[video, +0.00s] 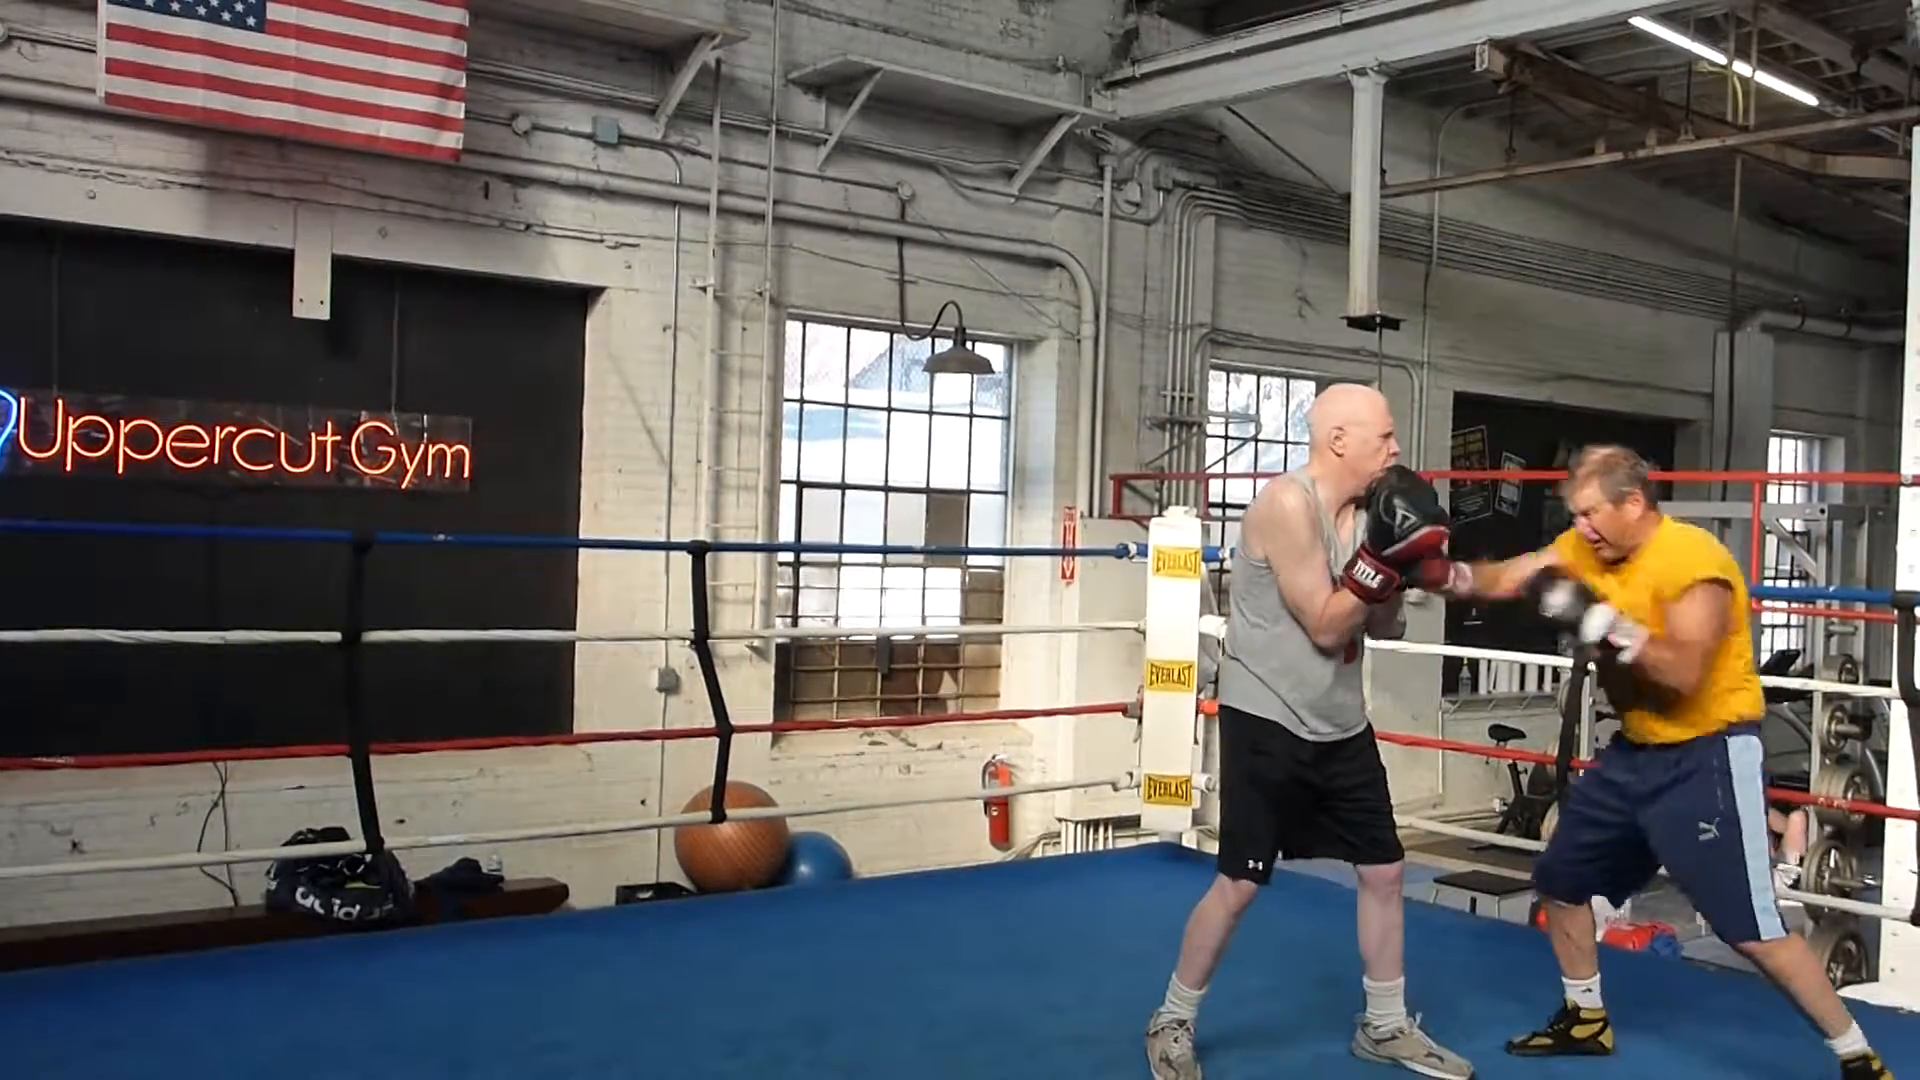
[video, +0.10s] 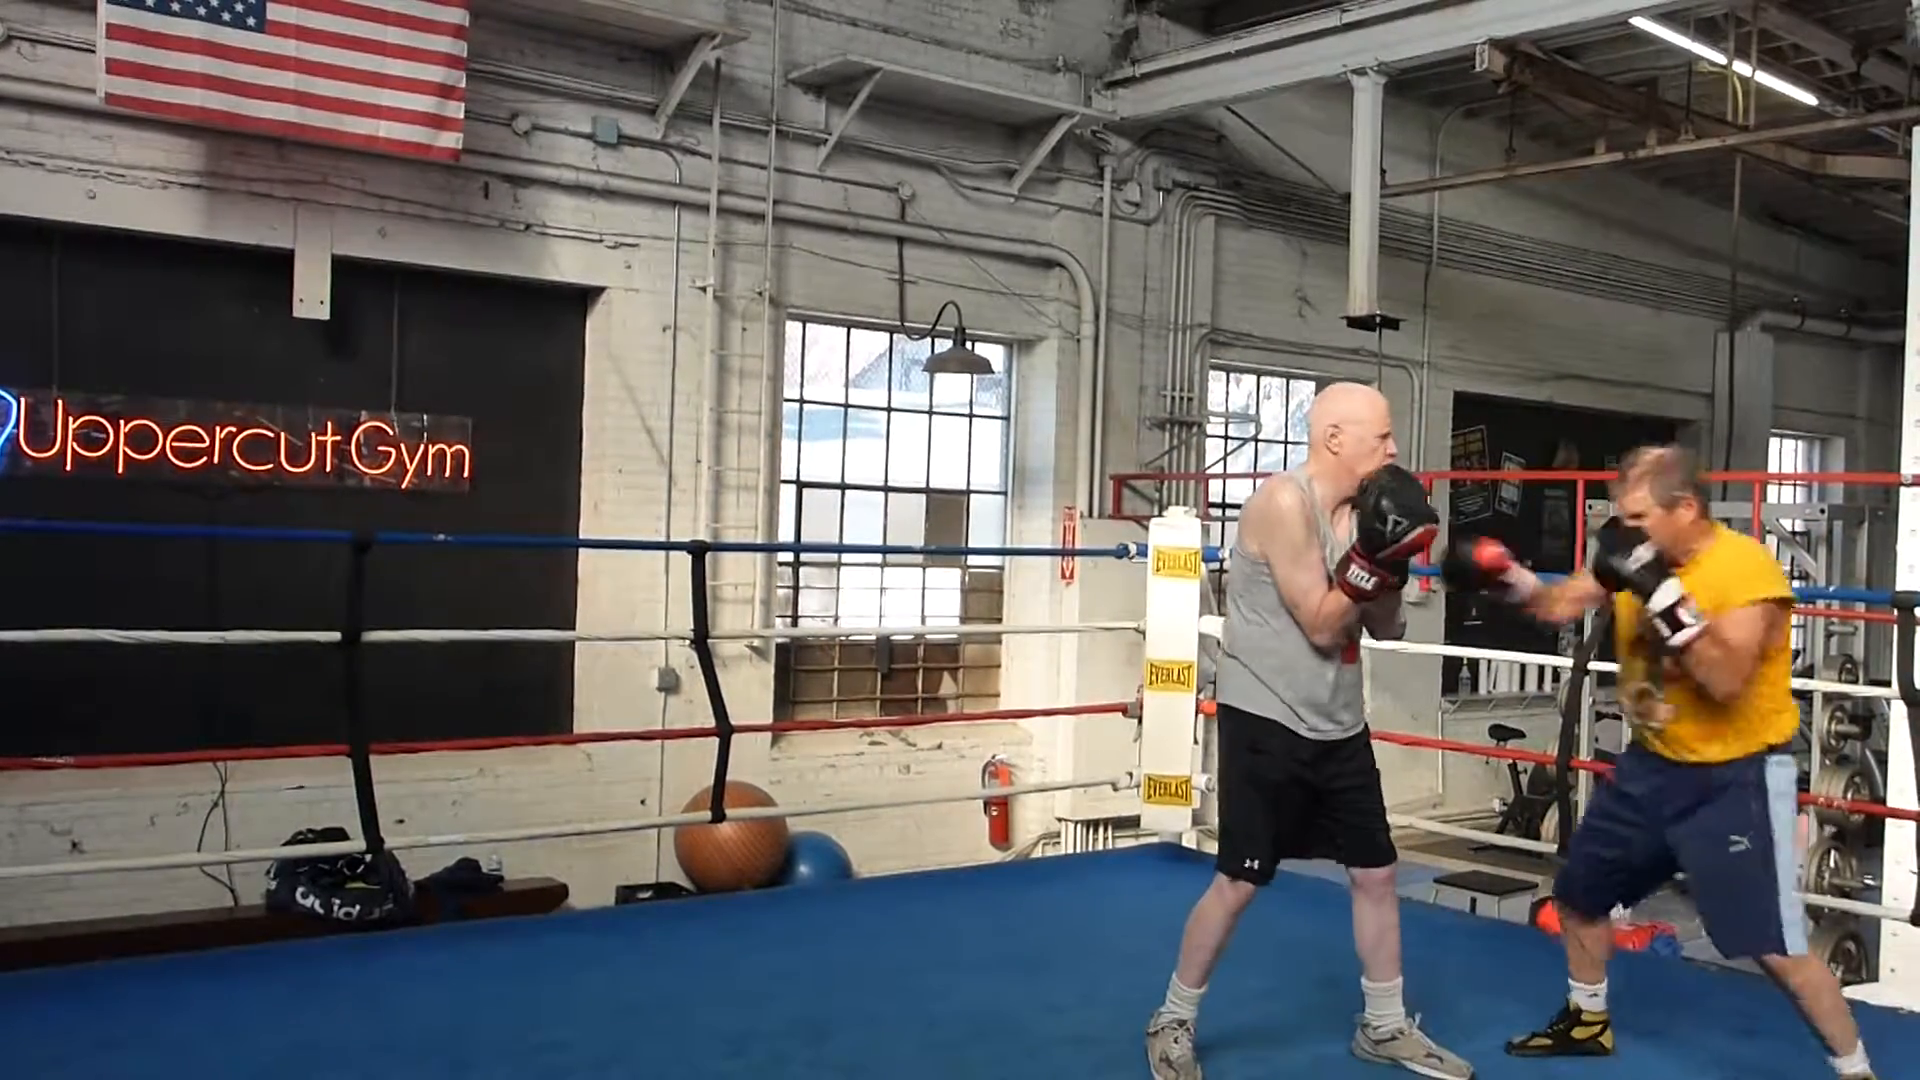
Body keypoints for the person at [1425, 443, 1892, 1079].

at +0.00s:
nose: (1583, 528)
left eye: (1592, 514)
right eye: (1577, 517)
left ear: (1636, 502)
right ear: (1580, 514)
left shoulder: (1693, 556)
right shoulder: (1585, 550)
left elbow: (1685, 670)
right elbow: (1505, 577)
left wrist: (1601, 620)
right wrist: (1438, 570)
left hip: (1712, 752)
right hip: (1636, 752)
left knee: (1752, 925)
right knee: (1562, 878)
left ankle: (1858, 1059)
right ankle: (1585, 1019)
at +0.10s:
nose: (1626, 531)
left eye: (1637, 517)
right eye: (1622, 518)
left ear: (1686, 508)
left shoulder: (1746, 566)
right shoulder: (1636, 557)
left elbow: (1726, 676)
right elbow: (1559, 603)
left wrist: (1656, 587)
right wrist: (1513, 578)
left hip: (1741, 776)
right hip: (1650, 768)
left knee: (1777, 945)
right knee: (1581, 889)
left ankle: (1856, 1070)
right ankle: (1586, 1021)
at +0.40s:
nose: (1721, 485)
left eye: (1729, 468)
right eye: (1716, 472)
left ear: (1780, 453)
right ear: (1771, 460)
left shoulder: (1844, 519)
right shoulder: (1748, 525)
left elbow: (1783, 640)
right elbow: (1743, 623)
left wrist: (1708, 558)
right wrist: (1699, 565)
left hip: (1857, 739)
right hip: (1770, 734)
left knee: (1856, 937)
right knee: (1718, 904)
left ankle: (1914, 1067)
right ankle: (1777, 1067)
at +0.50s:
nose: (1738, 503)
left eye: (1745, 484)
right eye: (1733, 488)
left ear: (1798, 469)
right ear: (1787, 474)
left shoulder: (1869, 534)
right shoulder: (1766, 543)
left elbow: (1811, 665)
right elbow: (1772, 647)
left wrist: (1732, 580)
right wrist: (1714, 584)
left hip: (1883, 763)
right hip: (1795, 759)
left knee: (1894, 956)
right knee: (1756, 939)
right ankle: (1806, 1076)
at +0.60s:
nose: (1766, 533)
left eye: (1773, 514)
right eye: (1761, 518)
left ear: (1824, 499)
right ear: (1814, 506)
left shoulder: (1895, 566)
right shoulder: (1809, 574)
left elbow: (1826, 694)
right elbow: (1806, 687)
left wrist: (1734, 627)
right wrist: (1744, 630)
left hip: (1895, 816)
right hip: (1818, 806)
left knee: (1911, 998)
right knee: (1726, 944)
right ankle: (1791, 1076)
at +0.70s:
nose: (1774, 537)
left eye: (1781, 520)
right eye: (1769, 523)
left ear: (1833, 509)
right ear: (1826, 511)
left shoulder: (1904, 573)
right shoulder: (1810, 578)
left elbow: (1850, 709)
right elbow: (1817, 688)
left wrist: (1749, 649)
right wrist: (1740, 654)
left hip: (1900, 824)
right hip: (1818, 807)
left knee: (1910, 1009)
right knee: (1706, 925)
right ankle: (1773, 1071)